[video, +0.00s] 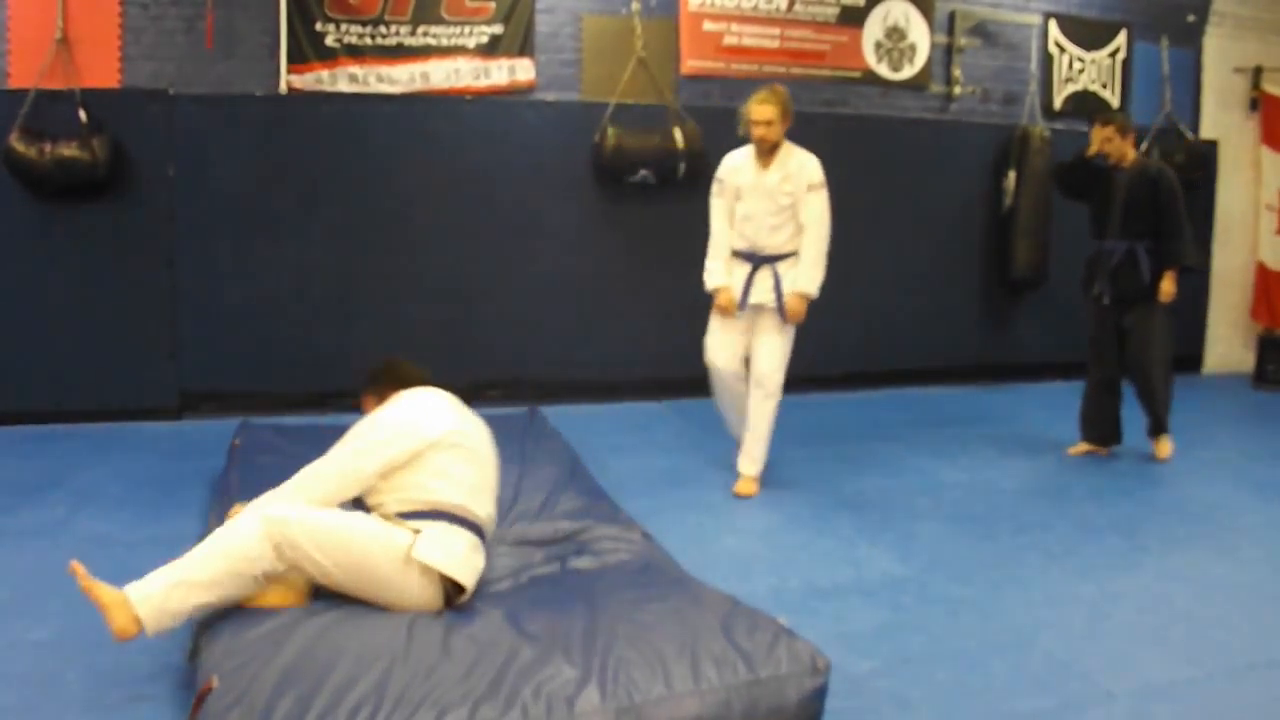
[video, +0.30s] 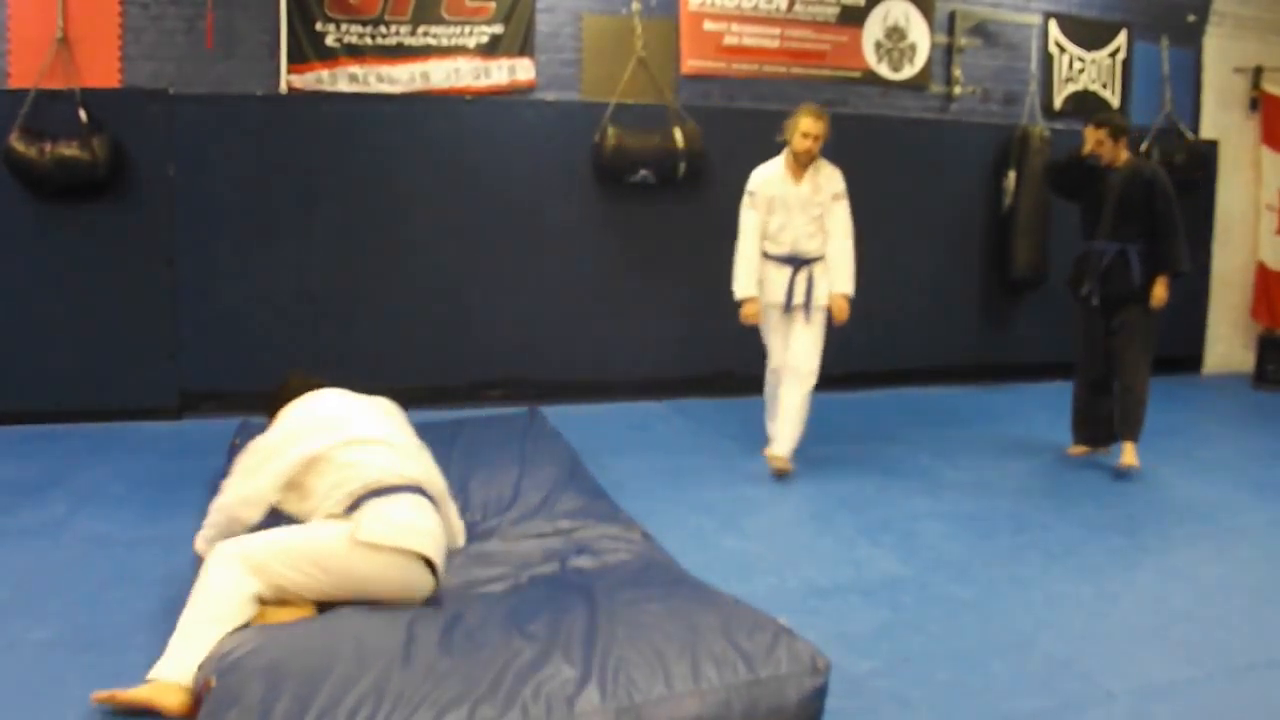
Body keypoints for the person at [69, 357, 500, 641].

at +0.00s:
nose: (364, 419)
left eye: (365, 410)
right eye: (364, 412)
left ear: (382, 397)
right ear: (402, 393)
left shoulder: (423, 405)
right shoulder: (430, 423)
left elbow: (333, 475)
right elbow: (342, 483)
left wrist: (257, 514)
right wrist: (265, 507)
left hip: (426, 566)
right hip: (419, 565)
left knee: (271, 525)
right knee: (280, 516)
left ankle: (137, 607)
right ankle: (290, 584)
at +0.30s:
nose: (270, 435)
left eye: (271, 426)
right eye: (271, 428)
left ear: (284, 411)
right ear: (335, 394)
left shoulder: (291, 425)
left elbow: (240, 502)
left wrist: (210, 545)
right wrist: (449, 540)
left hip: (379, 548)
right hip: (423, 571)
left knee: (234, 558)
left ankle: (172, 681)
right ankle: (294, 602)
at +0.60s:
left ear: (279, 357)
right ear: (335, 363)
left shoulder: (259, 371)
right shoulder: (357, 388)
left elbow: (210, 427)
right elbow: (403, 469)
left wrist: (215, 479)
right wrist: (443, 529)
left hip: (248, 474)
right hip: (318, 494)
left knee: (163, 562)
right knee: (282, 563)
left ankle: (163, 655)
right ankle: (279, 596)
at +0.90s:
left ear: (243, 281)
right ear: (288, 294)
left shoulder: (215, 295)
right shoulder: (311, 334)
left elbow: (136, 355)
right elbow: (338, 431)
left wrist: (175, 405)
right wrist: (356, 511)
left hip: (187, 431)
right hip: (260, 454)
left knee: (164, 445)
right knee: (267, 551)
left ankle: (160, 564)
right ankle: (265, 601)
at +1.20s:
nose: (270, 210)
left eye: (268, 204)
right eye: (269, 204)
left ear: (212, 203)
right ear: (261, 203)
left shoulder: (176, 246)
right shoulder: (285, 250)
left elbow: (153, 332)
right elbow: (305, 341)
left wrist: (169, 379)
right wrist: (298, 412)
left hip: (185, 362)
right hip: (259, 368)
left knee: (191, 451)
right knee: (268, 499)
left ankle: (166, 561)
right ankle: (258, 574)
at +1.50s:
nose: (396, 158)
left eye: (397, 148)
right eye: (394, 146)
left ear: (345, 135)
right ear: (376, 138)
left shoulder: (279, 175)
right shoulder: (367, 190)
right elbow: (397, 282)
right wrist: (456, 266)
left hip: (224, 305)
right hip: (286, 316)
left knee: (226, 438)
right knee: (378, 391)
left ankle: (175, 558)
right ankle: (375, 519)